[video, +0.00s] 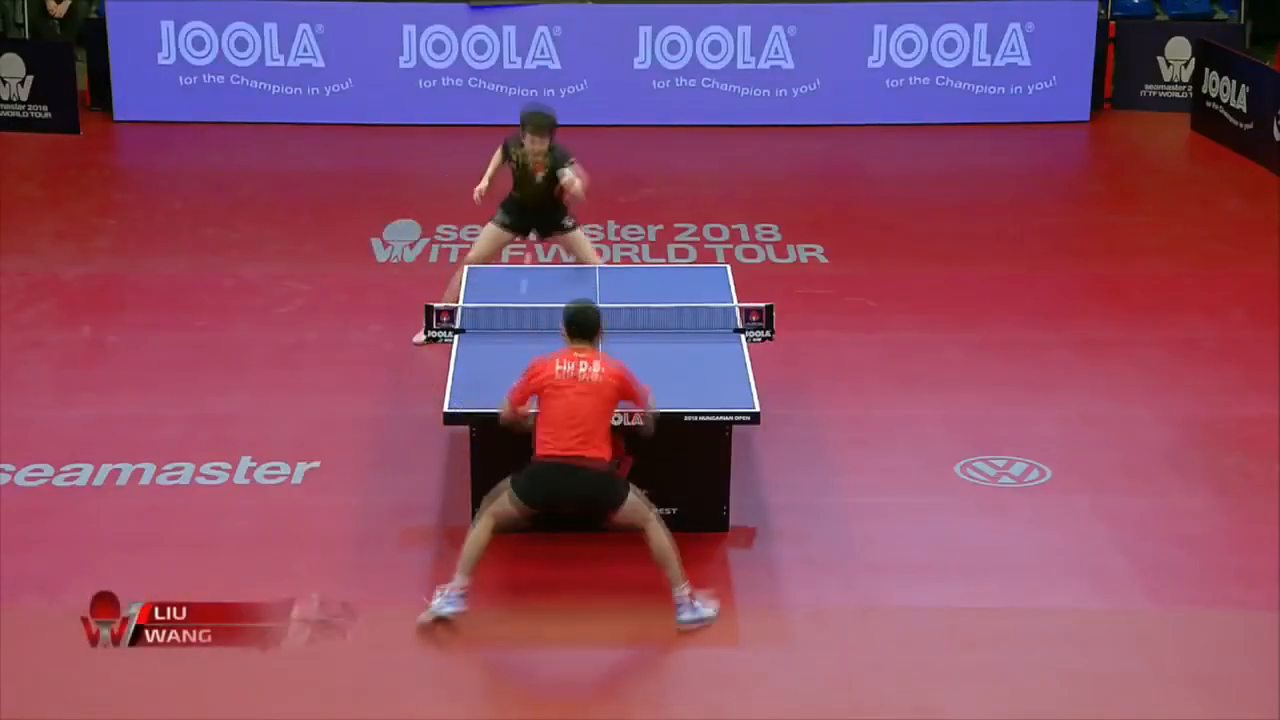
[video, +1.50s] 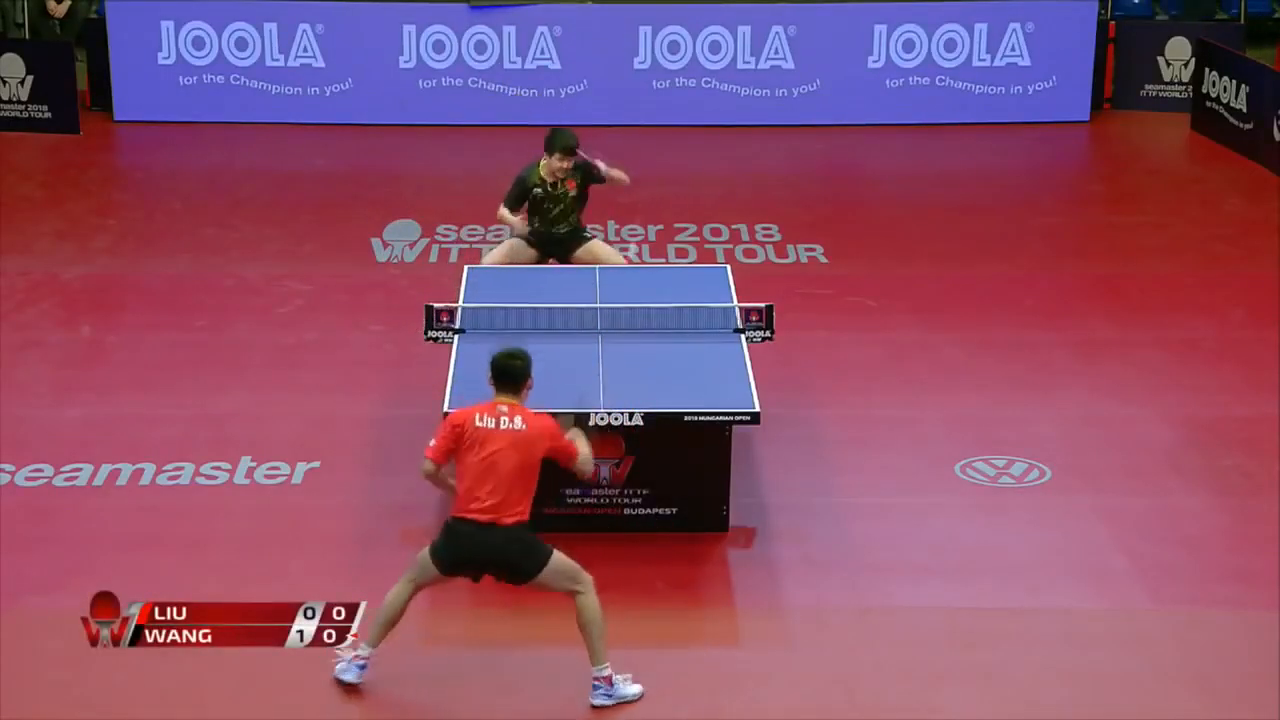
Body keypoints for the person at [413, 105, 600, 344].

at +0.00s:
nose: (536, 145)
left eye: (541, 140)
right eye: (532, 139)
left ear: (550, 138)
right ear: (523, 135)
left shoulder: (558, 155)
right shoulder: (512, 146)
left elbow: (575, 183)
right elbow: (501, 154)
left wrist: (574, 186)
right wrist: (485, 181)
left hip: (553, 214)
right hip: (516, 211)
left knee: (594, 264)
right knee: (473, 260)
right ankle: (437, 322)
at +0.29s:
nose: (545, 131)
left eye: (551, 125)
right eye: (540, 125)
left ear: (560, 125)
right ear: (532, 122)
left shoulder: (572, 145)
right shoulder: (518, 141)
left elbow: (613, 168)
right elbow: (504, 159)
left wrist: (598, 189)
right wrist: (494, 191)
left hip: (563, 208)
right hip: (524, 207)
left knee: (606, 254)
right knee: (480, 255)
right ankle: (461, 306)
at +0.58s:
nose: (535, 170)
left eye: (541, 165)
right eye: (531, 163)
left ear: (550, 163)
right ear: (524, 159)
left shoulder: (563, 178)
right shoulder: (514, 170)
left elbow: (591, 209)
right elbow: (485, 196)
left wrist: (565, 226)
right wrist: (504, 198)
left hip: (557, 232)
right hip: (519, 229)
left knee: (601, 265)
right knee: (470, 258)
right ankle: (452, 309)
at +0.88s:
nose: (507, 125)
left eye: (512, 119)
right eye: (502, 119)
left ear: (520, 119)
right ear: (493, 117)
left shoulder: (531, 140)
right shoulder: (478, 138)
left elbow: (569, 165)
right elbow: (458, 153)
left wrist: (565, 178)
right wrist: (444, 184)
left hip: (527, 209)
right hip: (489, 209)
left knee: (569, 259)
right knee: (456, 261)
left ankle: (589, 319)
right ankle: (433, 318)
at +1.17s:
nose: (542, 149)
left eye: (545, 143)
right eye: (536, 143)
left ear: (549, 142)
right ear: (520, 139)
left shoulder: (551, 161)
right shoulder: (492, 161)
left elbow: (574, 184)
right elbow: (476, 192)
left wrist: (572, 204)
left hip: (538, 221)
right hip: (501, 223)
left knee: (576, 266)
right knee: (461, 270)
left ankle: (593, 324)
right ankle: (430, 319)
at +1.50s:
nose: (567, 165)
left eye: (570, 160)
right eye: (561, 160)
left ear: (575, 157)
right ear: (547, 156)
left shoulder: (582, 170)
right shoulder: (529, 177)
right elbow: (503, 212)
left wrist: (605, 171)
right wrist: (514, 222)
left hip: (573, 239)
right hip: (536, 240)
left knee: (622, 267)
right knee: (488, 264)